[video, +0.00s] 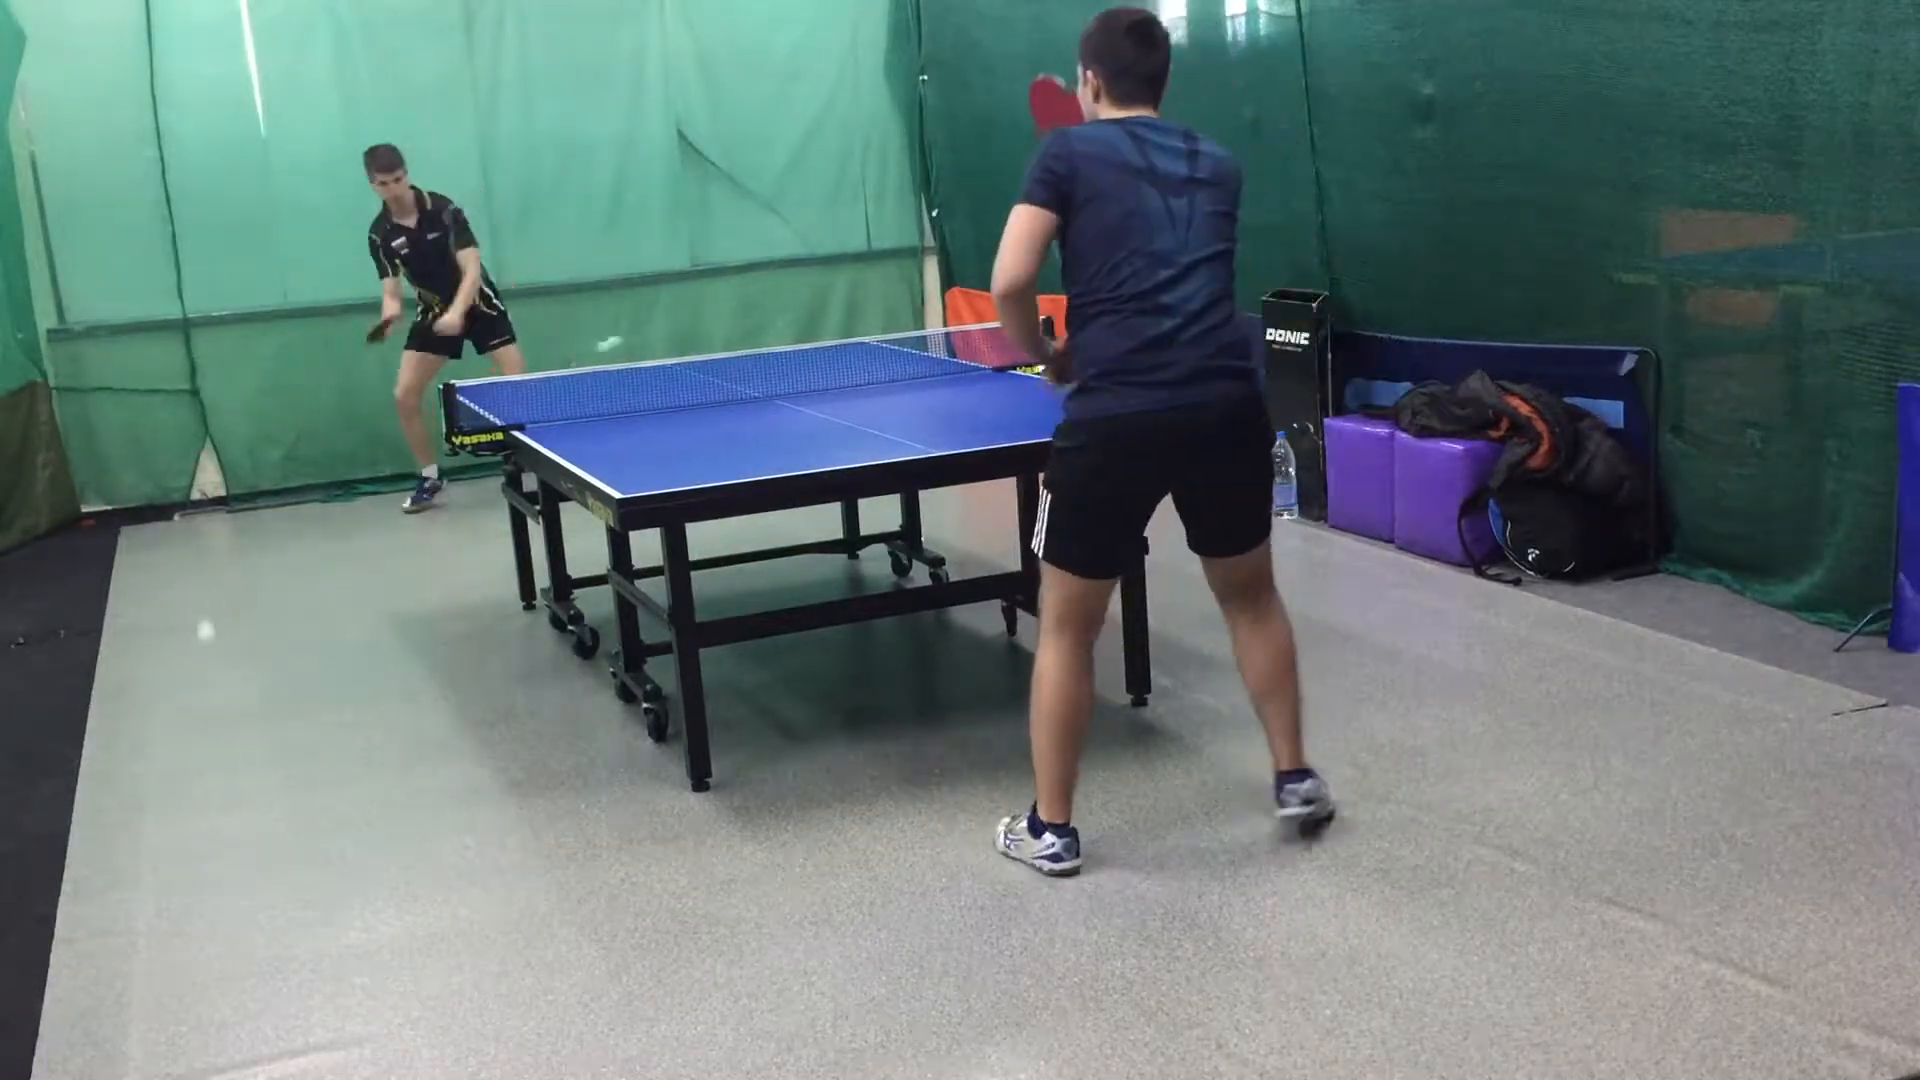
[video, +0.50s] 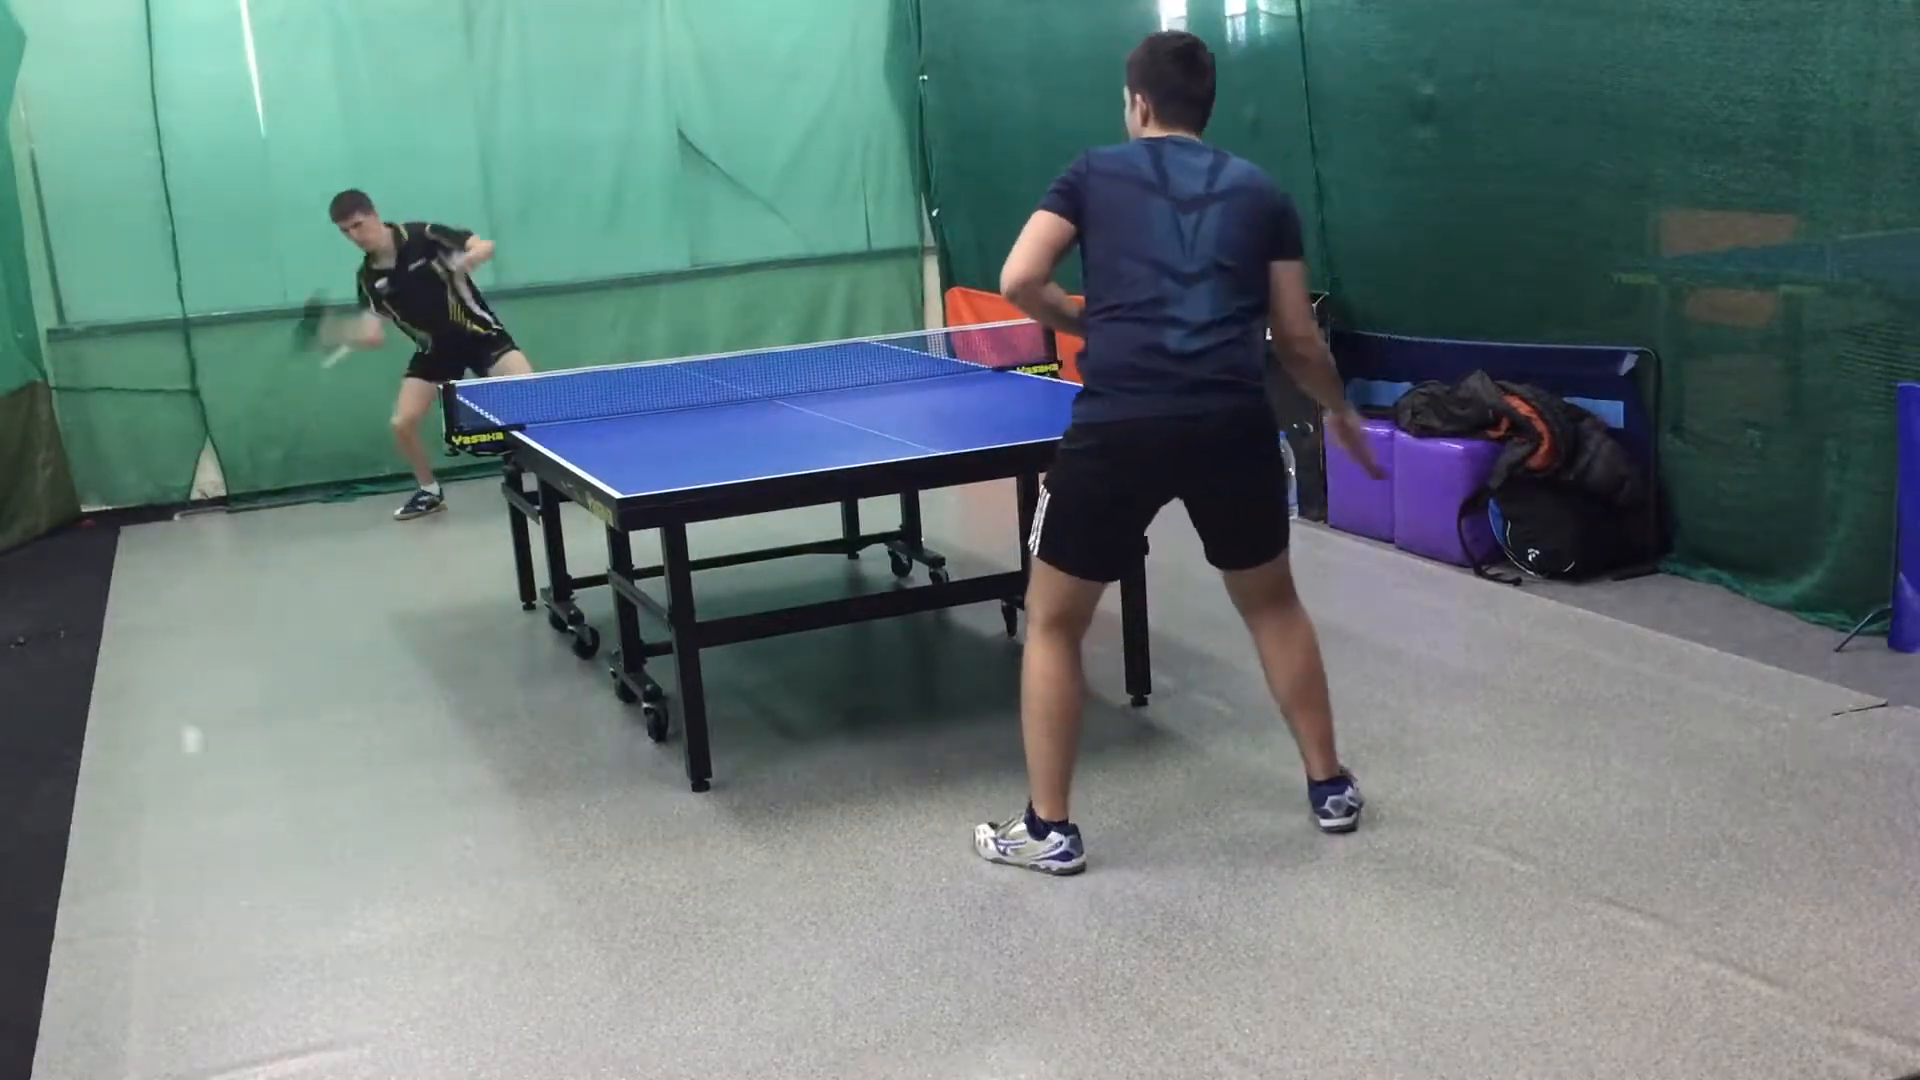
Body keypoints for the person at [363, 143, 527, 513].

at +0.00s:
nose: (392, 189)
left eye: (397, 180)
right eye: (383, 183)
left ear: (407, 174)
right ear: (372, 185)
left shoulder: (443, 210)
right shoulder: (380, 233)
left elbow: (473, 268)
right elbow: (391, 292)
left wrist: (456, 312)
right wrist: (389, 315)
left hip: (477, 301)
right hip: (434, 310)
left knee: (518, 386)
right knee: (406, 396)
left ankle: (527, 467)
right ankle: (431, 478)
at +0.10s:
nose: (376, 217)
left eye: (380, 207)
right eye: (367, 212)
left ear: (389, 199)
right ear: (357, 212)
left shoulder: (427, 233)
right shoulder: (377, 255)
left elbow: (442, 296)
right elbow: (389, 318)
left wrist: (410, 339)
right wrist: (367, 360)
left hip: (483, 316)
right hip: (441, 322)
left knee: (518, 392)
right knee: (405, 397)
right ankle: (428, 489)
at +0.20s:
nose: (363, 245)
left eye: (366, 234)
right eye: (353, 239)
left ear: (377, 225)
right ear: (345, 240)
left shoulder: (407, 261)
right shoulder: (376, 272)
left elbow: (418, 328)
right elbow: (394, 331)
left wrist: (377, 373)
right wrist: (373, 382)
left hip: (487, 340)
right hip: (444, 343)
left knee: (514, 413)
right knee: (398, 405)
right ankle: (428, 488)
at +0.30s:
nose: (354, 265)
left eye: (357, 254)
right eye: (344, 260)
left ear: (369, 243)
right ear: (336, 259)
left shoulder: (398, 275)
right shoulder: (377, 282)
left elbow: (416, 328)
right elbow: (407, 338)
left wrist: (369, 366)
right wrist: (396, 385)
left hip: (489, 354)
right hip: (444, 355)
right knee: (397, 407)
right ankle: (428, 488)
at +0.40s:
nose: (349, 259)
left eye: (351, 248)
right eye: (340, 254)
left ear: (367, 237)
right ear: (336, 254)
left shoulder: (405, 260)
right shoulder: (374, 289)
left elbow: (458, 276)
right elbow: (402, 349)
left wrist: (436, 312)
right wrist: (383, 389)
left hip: (487, 352)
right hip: (439, 355)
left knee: (512, 420)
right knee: (395, 416)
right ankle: (429, 490)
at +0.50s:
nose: (355, 236)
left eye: (357, 226)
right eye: (347, 231)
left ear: (374, 215)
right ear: (344, 233)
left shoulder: (420, 235)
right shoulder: (367, 277)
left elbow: (484, 246)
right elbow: (375, 334)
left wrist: (466, 260)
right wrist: (349, 334)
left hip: (480, 334)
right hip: (434, 348)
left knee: (530, 393)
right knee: (403, 423)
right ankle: (429, 490)